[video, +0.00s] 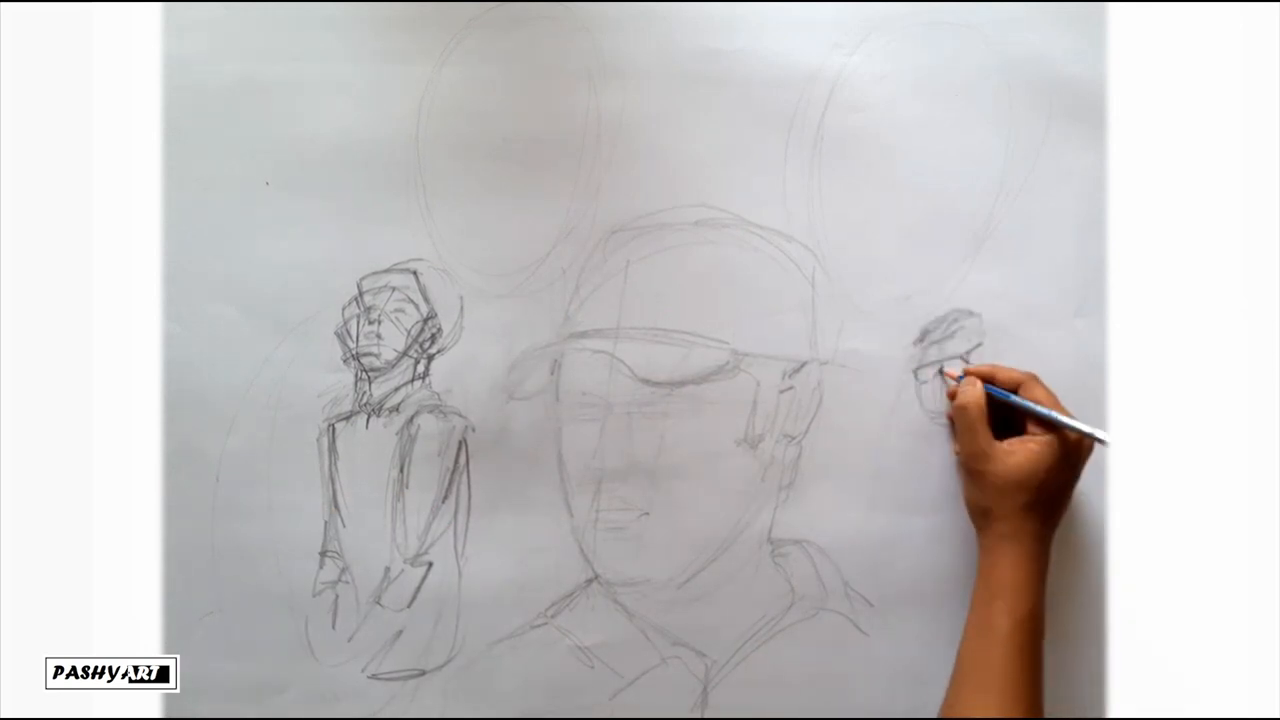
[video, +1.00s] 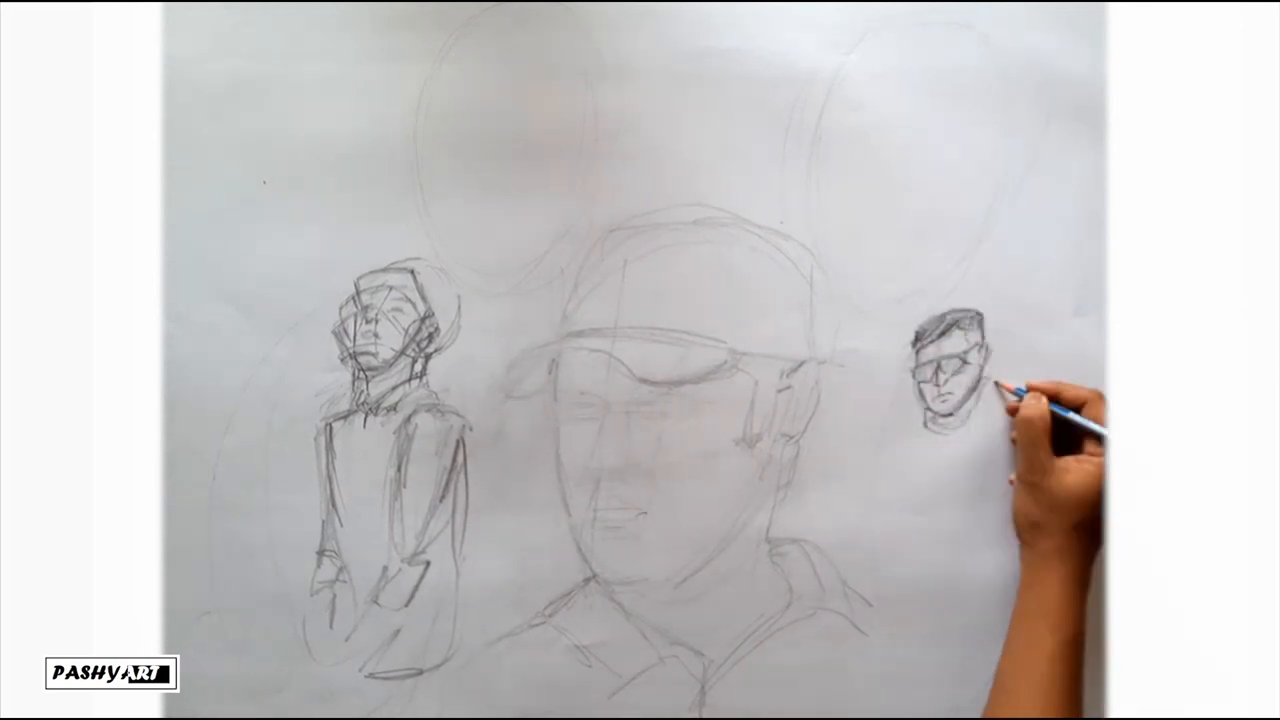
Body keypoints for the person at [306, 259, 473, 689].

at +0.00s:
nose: (374, 326)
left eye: (396, 315)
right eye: (367, 314)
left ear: (426, 335)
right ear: (352, 328)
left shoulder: (439, 426)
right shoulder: (335, 423)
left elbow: (433, 557)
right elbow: (333, 542)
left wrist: (373, 641)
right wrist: (327, 626)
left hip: (419, 620)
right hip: (348, 619)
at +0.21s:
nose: (374, 326)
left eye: (396, 314)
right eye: (367, 314)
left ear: (427, 334)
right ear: (351, 327)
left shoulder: (438, 428)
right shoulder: (334, 426)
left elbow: (431, 558)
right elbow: (332, 540)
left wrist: (364, 646)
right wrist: (327, 616)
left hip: (415, 625)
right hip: (346, 623)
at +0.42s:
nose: (373, 328)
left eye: (395, 315)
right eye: (366, 315)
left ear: (426, 335)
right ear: (350, 328)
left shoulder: (437, 427)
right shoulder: (333, 428)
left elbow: (431, 560)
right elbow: (331, 545)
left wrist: (356, 654)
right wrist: (324, 632)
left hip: (414, 629)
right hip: (345, 629)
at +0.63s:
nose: (373, 327)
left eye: (395, 315)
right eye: (366, 314)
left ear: (427, 335)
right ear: (350, 327)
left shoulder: (438, 428)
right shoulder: (334, 426)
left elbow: (431, 560)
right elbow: (332, 545)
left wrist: (358, 653)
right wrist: (325, 638)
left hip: (415, 626)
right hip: (346, 626)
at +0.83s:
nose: (372, 329)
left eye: (394, 316)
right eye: (366, 315)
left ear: (426, 334)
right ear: (350, 328)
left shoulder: (436, 426)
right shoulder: (332, 426)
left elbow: (430, 560)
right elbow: (331, 544)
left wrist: (356, 656)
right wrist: (323, 636)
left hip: (415, 627)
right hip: (345, 628)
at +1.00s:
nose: (372, 325)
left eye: (394, 314)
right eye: (364, 312)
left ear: (425, 334)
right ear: (349, 326)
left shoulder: (436, 427)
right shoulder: (332, 426)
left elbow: (429, 559)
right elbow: (330, 544)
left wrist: (357, 652)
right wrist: (323, 635)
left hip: (414, 624)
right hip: (345, 624)